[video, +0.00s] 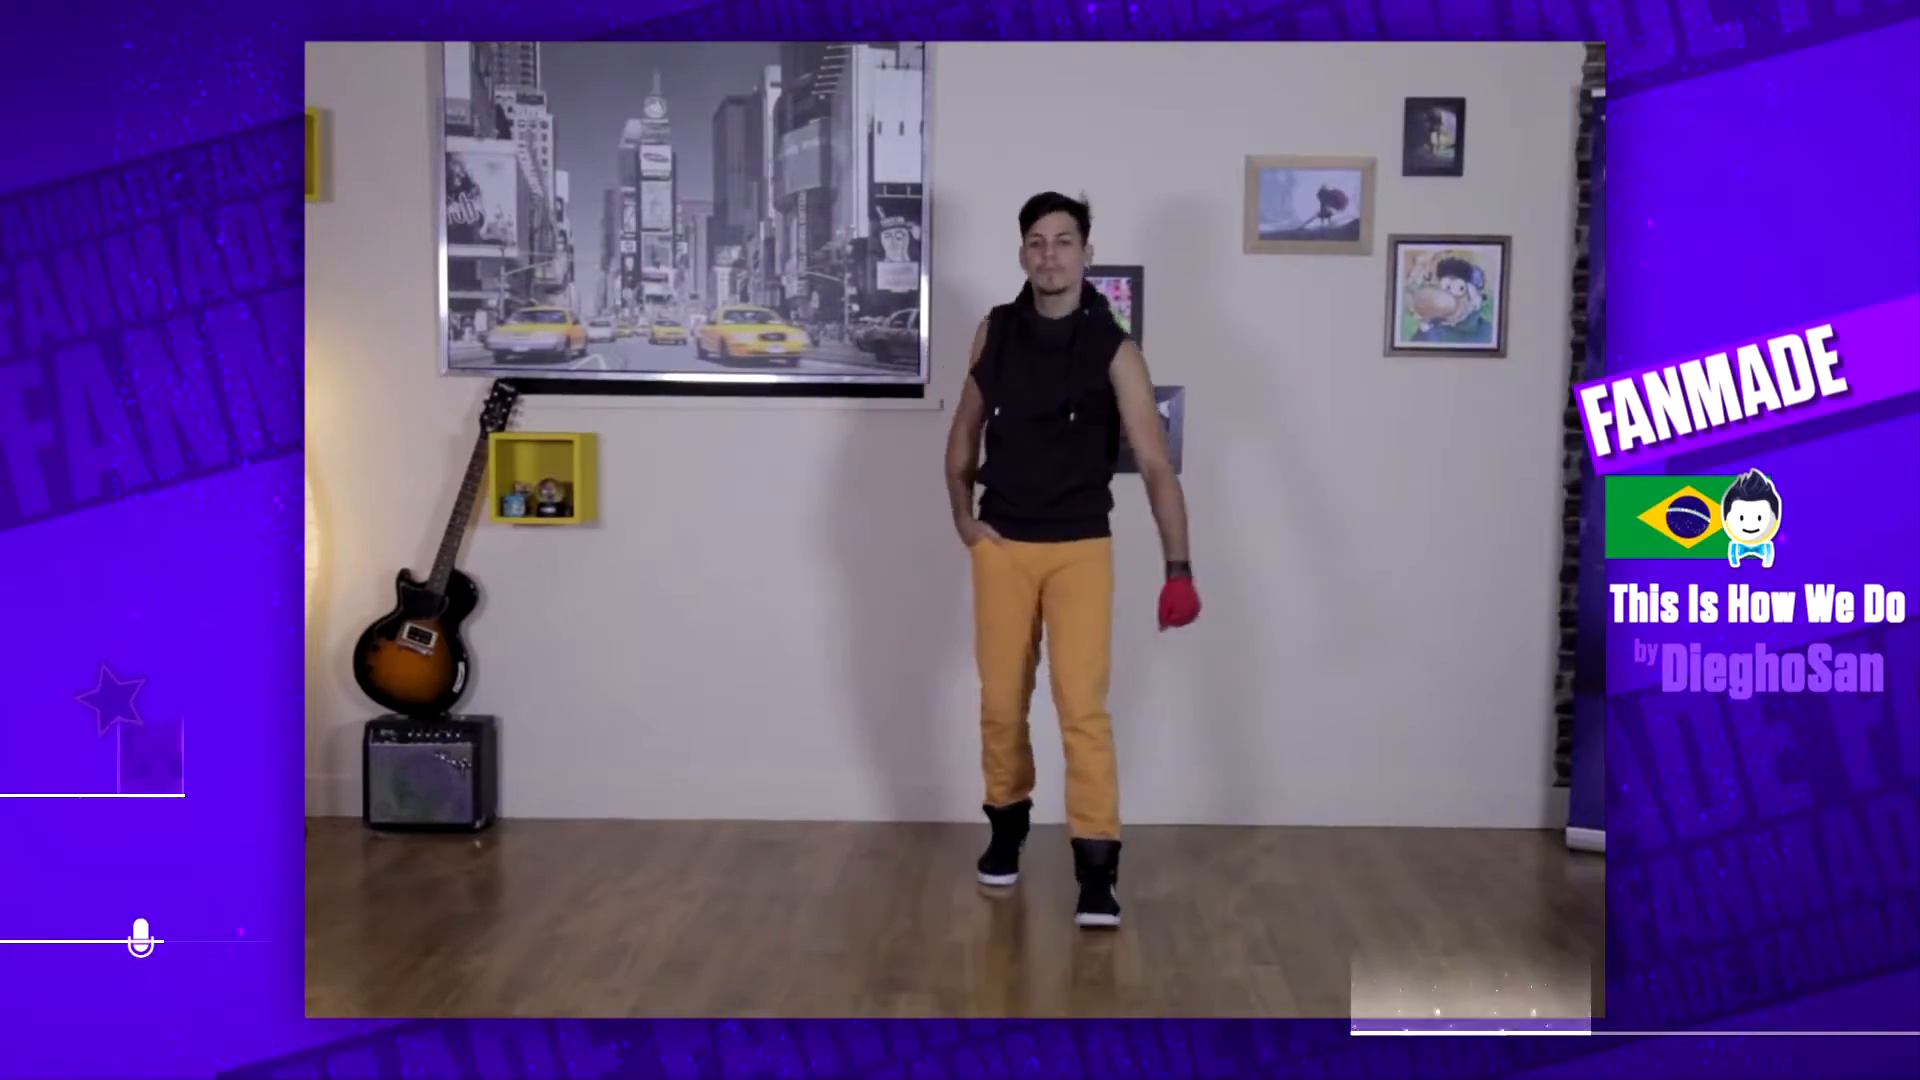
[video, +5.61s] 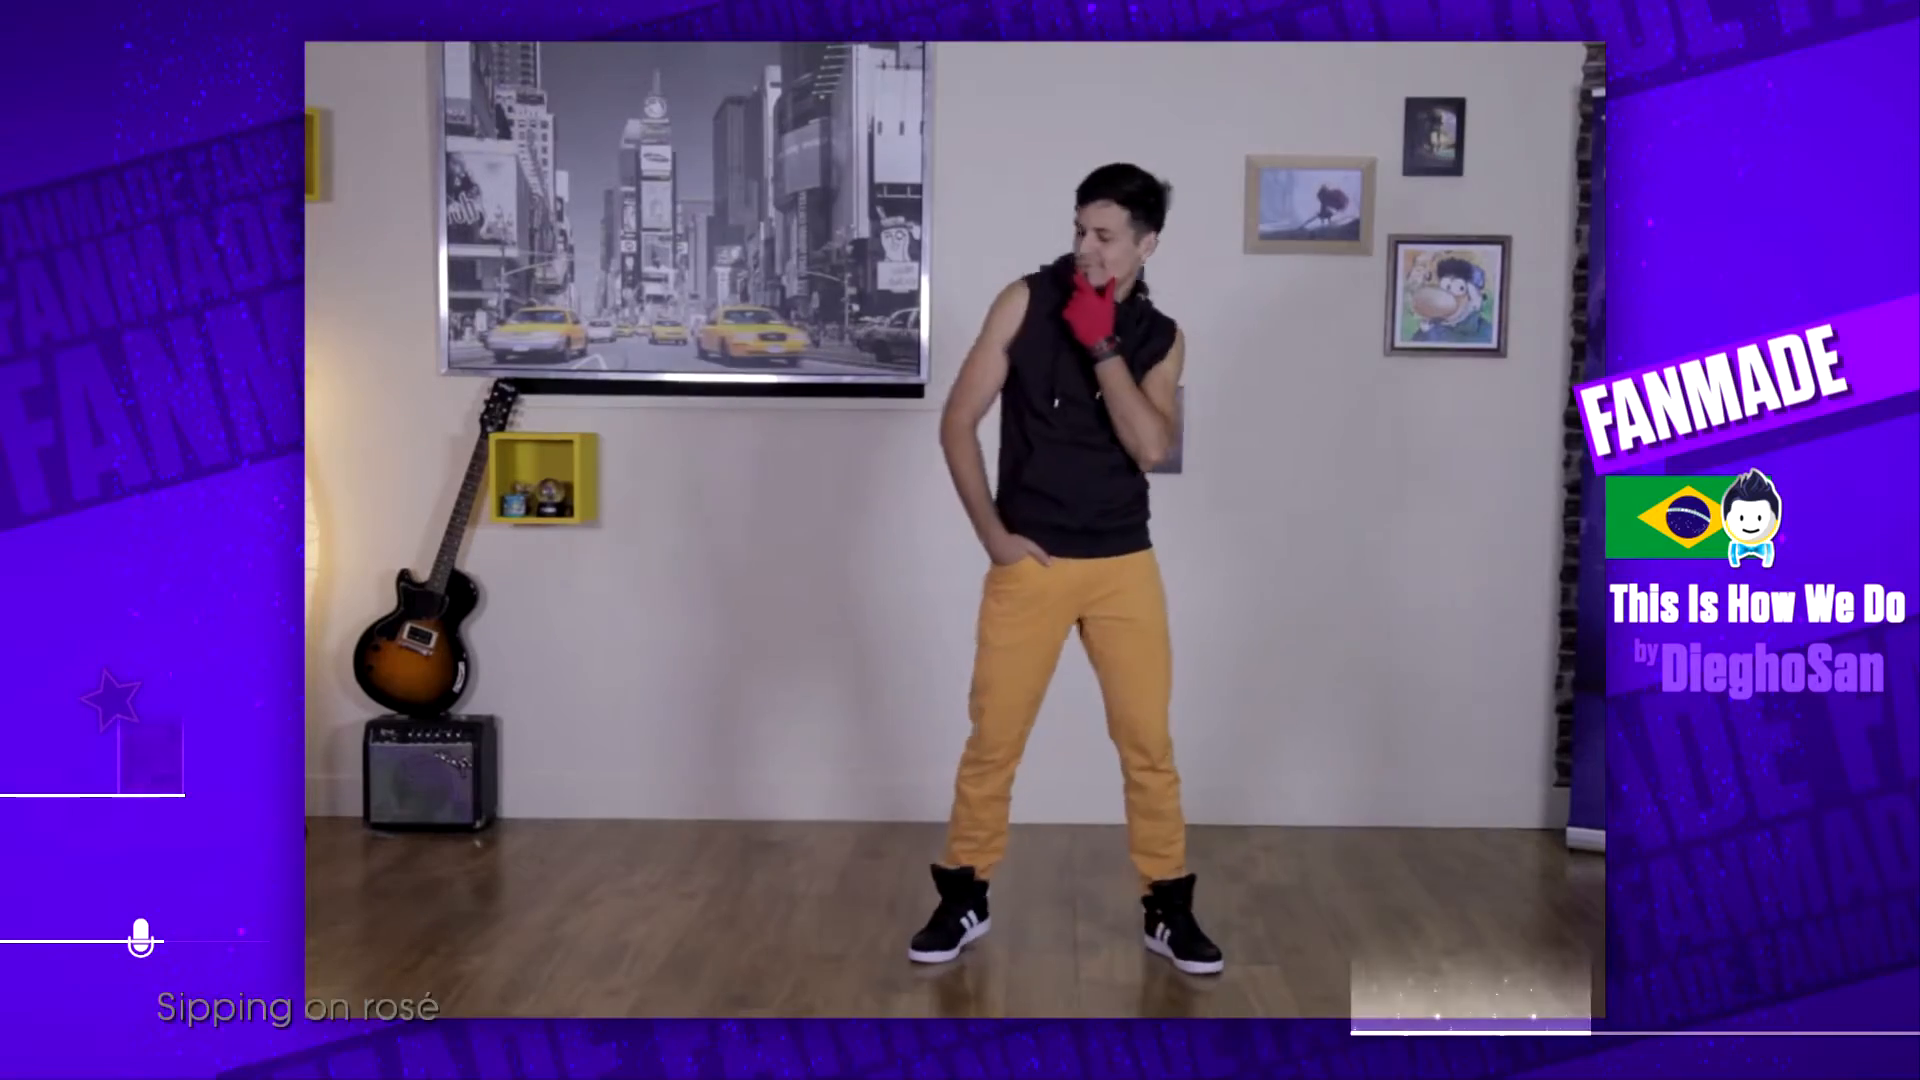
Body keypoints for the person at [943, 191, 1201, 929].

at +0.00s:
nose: (1049, 254)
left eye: (1062, 242)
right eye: (1037, 243)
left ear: (1086, 251)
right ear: (1022, 255)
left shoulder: (1113, 349)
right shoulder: (996, 332)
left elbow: (1157, 465)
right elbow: (965, 430)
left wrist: (1179, 567)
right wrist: (963, 514)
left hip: (1081, 550)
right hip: (1000, 546)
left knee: (1083, 710)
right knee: (1000, 706)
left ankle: (1097, 871)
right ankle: (1006, 829)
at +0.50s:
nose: (1037, 263)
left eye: (1053, 250)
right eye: (1026, 249)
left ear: (1079, 256)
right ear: (1011, 254)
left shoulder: (1118, 320)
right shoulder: (1018, 348)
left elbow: (1119, 437)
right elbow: (1019, 448)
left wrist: (1061, 534)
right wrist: (1014, 517)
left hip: (1128, 546)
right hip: (1055, 544)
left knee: (1109, 710)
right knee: (1036, 701)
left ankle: (1100, 865)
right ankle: (1045, 817)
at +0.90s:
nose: (1087, 240)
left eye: (1105, 228)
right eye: (1076, 225)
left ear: (1127, 241)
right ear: (1061, 232)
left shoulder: (1159, 319)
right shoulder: (1029, 330)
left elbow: (1181, 435)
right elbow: (995, 442)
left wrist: (1154, 525)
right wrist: (1013, 520)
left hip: (1138, 547)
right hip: (1057, 543)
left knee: (1115, 713)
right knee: (1033, 703)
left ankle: (1101, 865)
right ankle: (1032, 814)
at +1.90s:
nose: (1045, 231)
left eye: (1063, 220)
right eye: (1034, 217)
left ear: (1087, 236)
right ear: (1016, 229)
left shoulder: (1120, 330)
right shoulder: (975, 324)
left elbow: (1147, 459)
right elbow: (918, 440)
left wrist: (1085, 435)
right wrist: (966, 531)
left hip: (1103, 563)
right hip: (1009, 562)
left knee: (1138, 722)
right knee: (990, 733)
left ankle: (1126, 864)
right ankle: (966, 897)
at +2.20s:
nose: (1073, 252)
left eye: (1087, 239)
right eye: (1057, 238)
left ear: (1103, 239)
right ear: (1029, 239)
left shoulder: (1125, 302)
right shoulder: (1010, 335)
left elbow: (1106, 410)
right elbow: (973, 449)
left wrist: (1051, 318)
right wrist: (986, 523)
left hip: (1122, 567)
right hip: (1029, 563)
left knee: (1158, 739)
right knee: (995, 736)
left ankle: (1200, 904)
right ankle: (975, 900)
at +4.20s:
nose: (1085, 257)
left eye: (1102, 244)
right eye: (1078, 241)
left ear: (1146, 248)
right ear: (1069, 238)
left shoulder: (1168, 336)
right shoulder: (1032, 312)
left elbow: (1165, 447)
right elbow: (968, 431)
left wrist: (1103, 356)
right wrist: (1000, 533)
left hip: (1135, 569)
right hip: (1040, 565)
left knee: (1157, 739)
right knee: (999, 741)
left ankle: (1187, 908)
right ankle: (970, 903)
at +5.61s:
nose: (1088, 249)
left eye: (1106, 235)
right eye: (1082, 233)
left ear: (1148, 242)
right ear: (1073, 232)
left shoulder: (1160, 338)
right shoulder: (1027, 304)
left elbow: (1155, 449)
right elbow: (956, 424)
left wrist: (1104, 352)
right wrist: (993, 534)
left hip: (1124, 568)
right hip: (1030, 565)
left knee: (1148, 742)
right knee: (993, 739)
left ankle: (1168, 906)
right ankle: (963, 898)